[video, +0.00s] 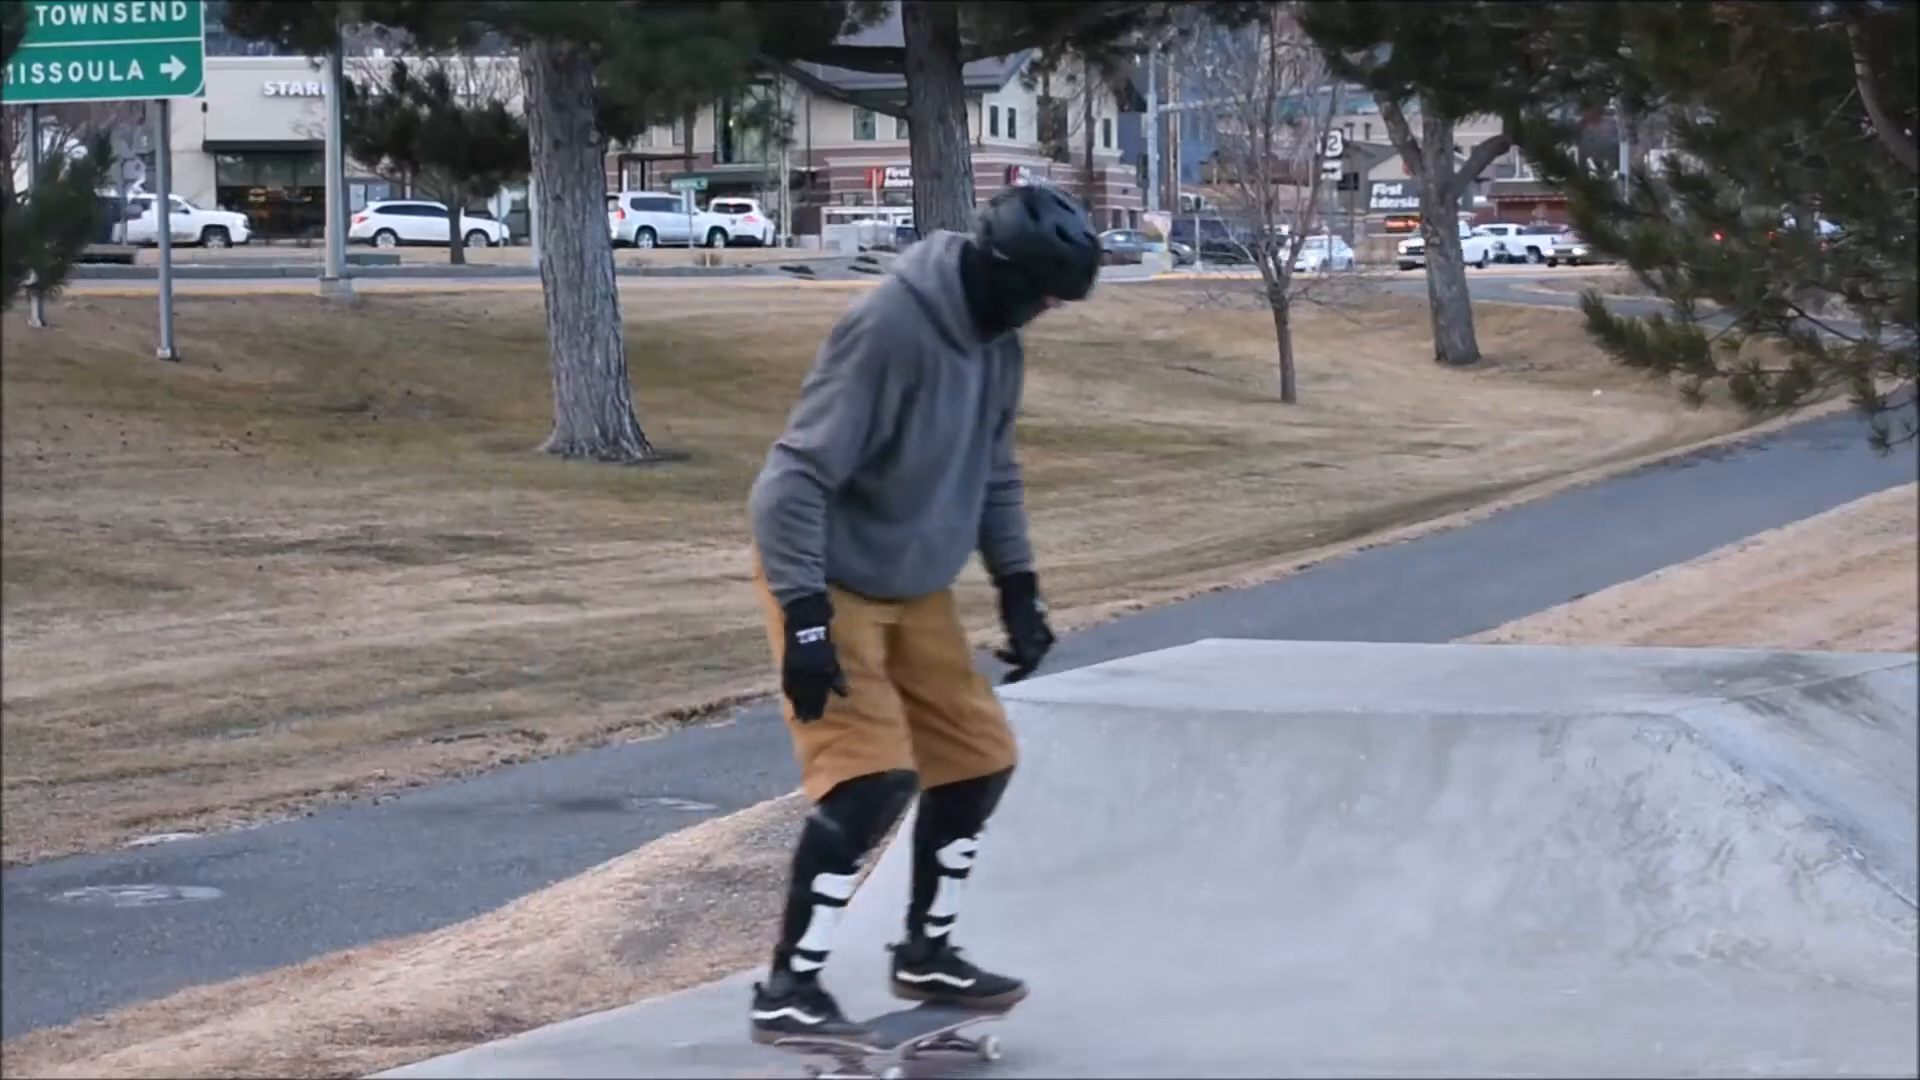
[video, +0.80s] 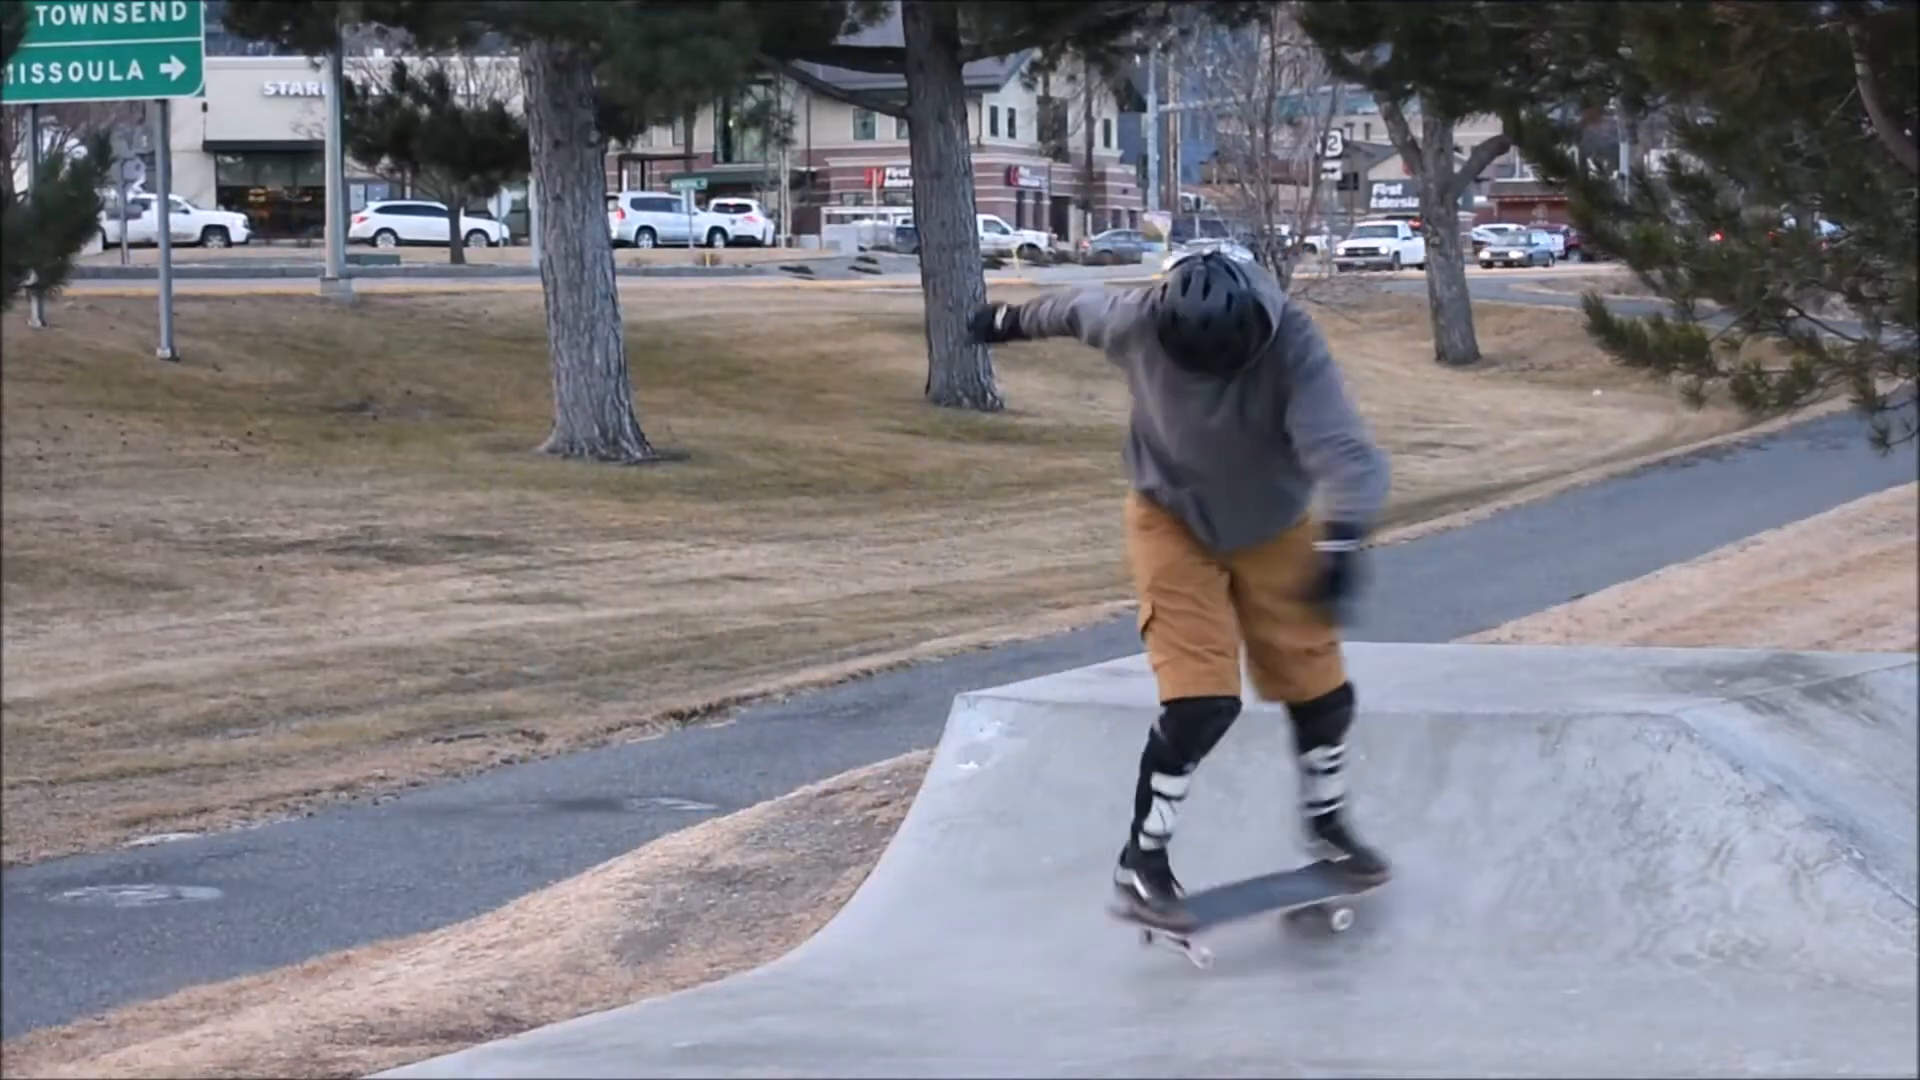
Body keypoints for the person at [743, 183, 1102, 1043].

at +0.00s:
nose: (1041, 313)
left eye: (1050, 301)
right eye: (1041, 296)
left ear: (1024, 275)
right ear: (1004, 268)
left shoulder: (996, 340)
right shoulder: (887, 327)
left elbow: (994, 473)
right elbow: (792, 478)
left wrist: (1018, 586)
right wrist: (805, 622)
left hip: (918, 587)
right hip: (832, 588)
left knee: (974, 764)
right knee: (870, 777)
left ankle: (923, 951)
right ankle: (788, 985)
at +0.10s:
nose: (1077, 348)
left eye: (1086, 337)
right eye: (1076, 331)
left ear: (1074, 312)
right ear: (1044, 299)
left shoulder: (1045, 363)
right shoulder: (933, 350)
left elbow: (1051, 487)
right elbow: (833, 495)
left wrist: (1082, 596)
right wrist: (840, 633)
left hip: (963, 594)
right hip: (876, 592)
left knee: (1033, 757)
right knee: (927, 772)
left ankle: (973, 939)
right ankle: (842, 970)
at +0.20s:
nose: (1113, 391)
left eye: (1122, 381)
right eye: (1109, 375)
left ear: (1119, 353)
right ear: (1078, 339)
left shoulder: (1096, 393)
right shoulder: (974, 380)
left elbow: (1108, 503)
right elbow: (870, 518)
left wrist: (1150, 606)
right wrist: (878, 652)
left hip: (1004, 600)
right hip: (914, 597)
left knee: (1085, 755)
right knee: (985, 772)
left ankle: (1018, 928)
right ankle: (891, 959)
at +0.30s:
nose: (1148, 437)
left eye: (1158, 427)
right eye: (1143, 422)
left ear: (1166, 401)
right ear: (1110, 384)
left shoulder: (1138, 418)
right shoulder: (1012, 417)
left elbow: (1166, 514)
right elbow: (905, 549)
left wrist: (1219, 614)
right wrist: (920, 678)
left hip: (1052, 610)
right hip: (959, 605)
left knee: (1138, 756)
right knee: (1041, 767)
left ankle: (1062, 916)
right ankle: (938, 945)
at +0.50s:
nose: (1186, 479)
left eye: (1203, 468)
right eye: (1174, 465)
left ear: (1227, 439)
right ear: (1147, 429)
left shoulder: (1228, 455)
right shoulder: (1076, 452)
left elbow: (1262, 523)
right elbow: (970, 568)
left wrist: (1306, 566)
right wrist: (977, 691)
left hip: (1139, 618)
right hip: (1043, 613)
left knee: (1231, 758)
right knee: (1132, 759)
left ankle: (1140, 897)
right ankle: (1023, 925)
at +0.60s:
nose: (1198, 461)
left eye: (1214, 451)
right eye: (1186, 448)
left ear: (1243, 424)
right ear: (1161, 412)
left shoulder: (1265, 438)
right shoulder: (1102, 435)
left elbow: (1324, 564)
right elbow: (995, 512)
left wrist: (1276, 524)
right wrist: (957, 615)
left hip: (1187, 598)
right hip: (1085, 594)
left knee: (1266, 756)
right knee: (1170, 748)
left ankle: (1181, 886)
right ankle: (1069, 916)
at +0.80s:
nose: (1209, 375)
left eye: (1222, 363)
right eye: (1195, 363)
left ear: (1253, 328)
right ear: (1170, 324)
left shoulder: (1292, 338)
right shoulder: (1137, 320)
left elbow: (1346, 452)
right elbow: (1070, 311)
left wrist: (1343, 541)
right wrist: (1003, 321)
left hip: (1274, 523)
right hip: (1170, 517)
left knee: (1324, 700)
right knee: (1202, 700)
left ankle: (1328, 826)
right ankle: (1144, 860)